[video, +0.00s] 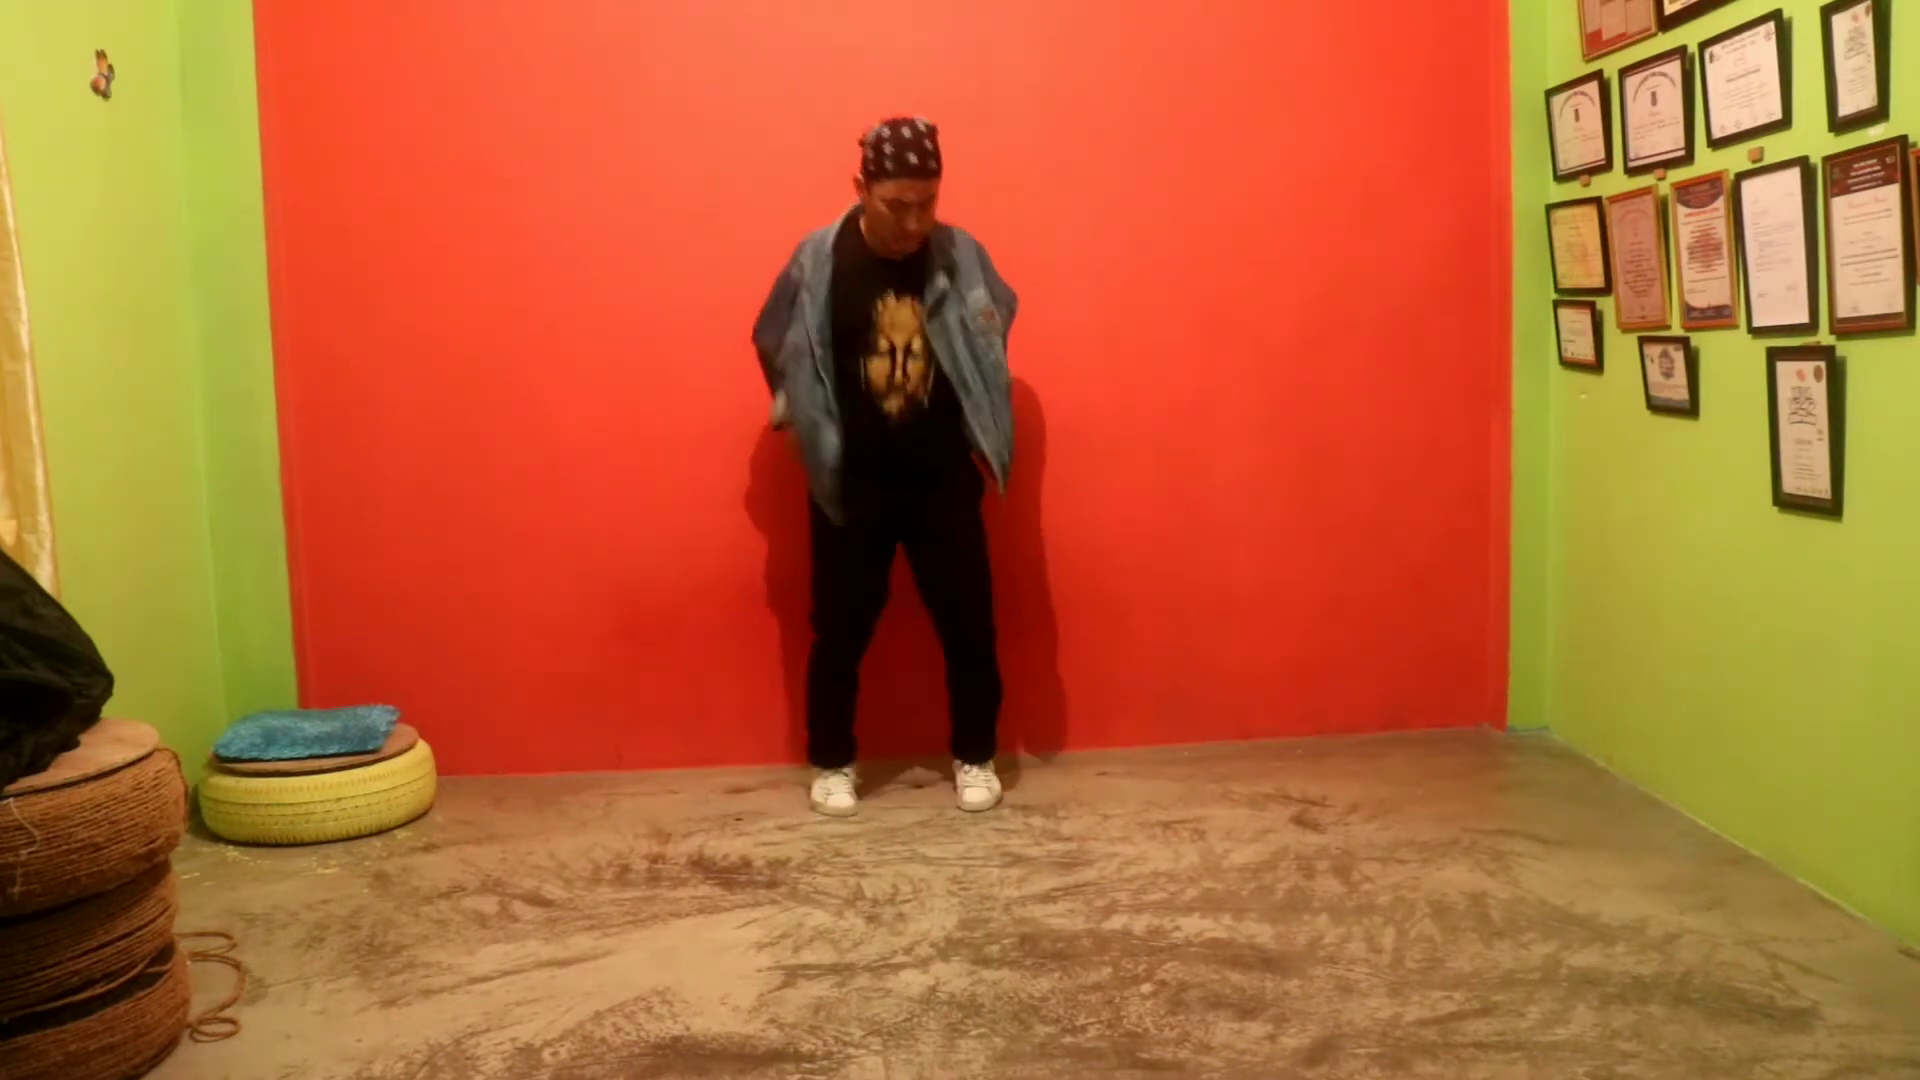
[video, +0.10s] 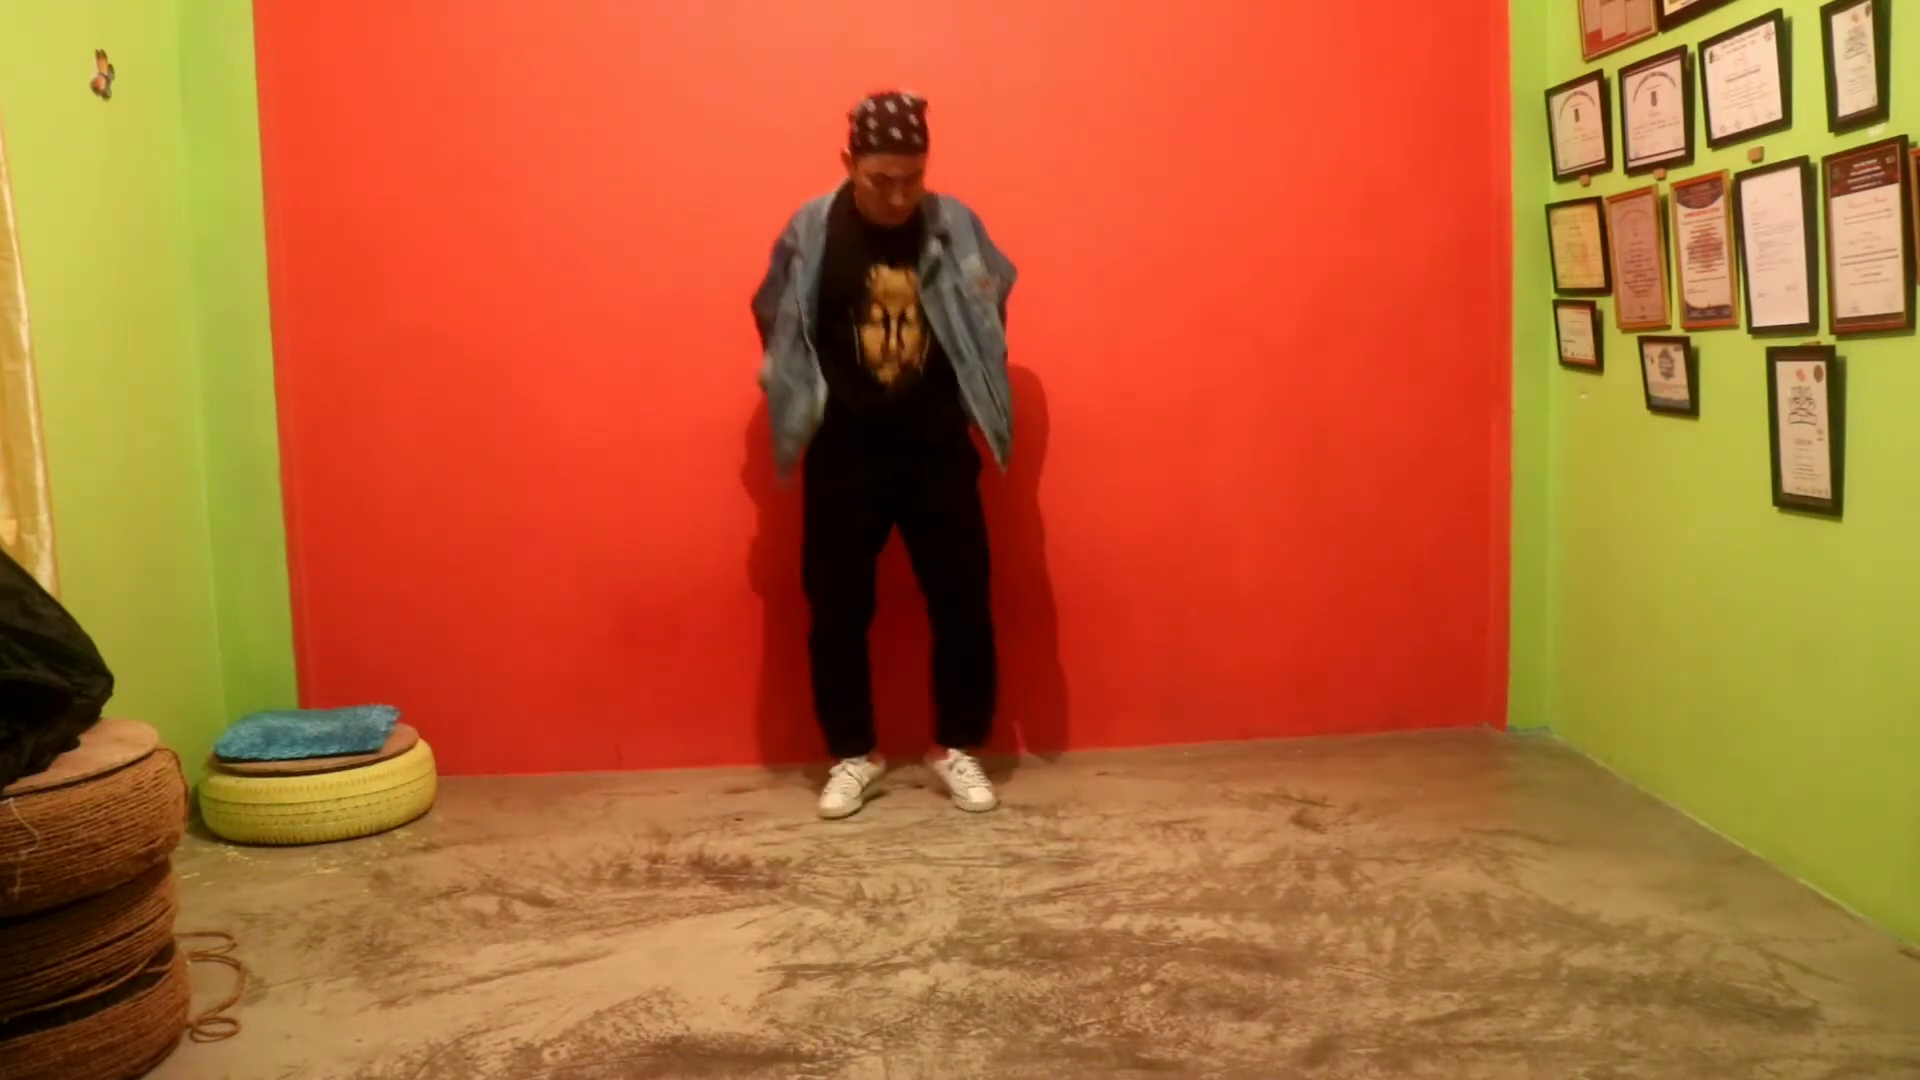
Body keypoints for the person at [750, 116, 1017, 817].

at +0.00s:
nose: (911, 220)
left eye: (922, 205)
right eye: (896, 205)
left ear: (938, 194)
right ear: (864, 191)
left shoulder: (960, 256)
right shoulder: (817, 258)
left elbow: (999, 314)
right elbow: (772, 338)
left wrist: (979, 413)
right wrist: (801, 411)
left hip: (943, 474)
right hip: (850, 477)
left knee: (967, 620)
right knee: (841, 626)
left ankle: (975, 759)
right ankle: (833, 765)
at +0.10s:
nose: (896, 195)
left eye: (908, 179)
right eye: (880, 180)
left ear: (927, 168)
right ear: (852, 166)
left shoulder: (954, 227)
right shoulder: (810, 230)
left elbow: (996, 288)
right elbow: (771, 311)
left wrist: (968, 377)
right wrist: (802, 391)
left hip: (936, 447)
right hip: (843, 450)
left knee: (961, 596)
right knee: (837, 603)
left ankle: (956, 750)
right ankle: (853, 756)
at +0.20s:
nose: (866, 189)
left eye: (879, 172)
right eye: (851, 174)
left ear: (900, 161)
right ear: (826, 165)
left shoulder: (949, 221)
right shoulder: (791, 235)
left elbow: (996, 309)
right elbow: (760, 318)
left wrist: (980, 338)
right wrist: (796, 374)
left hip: (936, 449)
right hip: (844, 453)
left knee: (933, 609)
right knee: (853, 610)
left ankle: (916, 758)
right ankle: (865, 763)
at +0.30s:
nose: (854, 194)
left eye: (867, 178)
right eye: (838, 180)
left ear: (890, 162)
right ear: (816, 170)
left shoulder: (942, 220)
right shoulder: (783, 239)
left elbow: (1001, 304)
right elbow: (750, 323)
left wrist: (992, 379)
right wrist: (770, 396)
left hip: (933, 450)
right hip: (840, 453)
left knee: (929, 609)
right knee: (850, 611)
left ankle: (921, 759)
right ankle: (864, 765)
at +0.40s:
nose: (855, 203)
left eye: (867, 188)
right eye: (841, 192)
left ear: (891, 167)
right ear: (820, 175)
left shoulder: (939, 210)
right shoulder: (793, 223)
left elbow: (980, 309)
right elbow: (759, 325)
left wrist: (977, 406)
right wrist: (768, 418)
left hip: (927, 449)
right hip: (836, 452)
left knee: (929, 608)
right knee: (850, 609)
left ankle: (920, 761)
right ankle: (865, 764)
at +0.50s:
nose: (870, 224)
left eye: (880, 211)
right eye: (855, 216)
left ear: (900, 184)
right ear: (830, 195)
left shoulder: (943, 218)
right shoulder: (795, 236)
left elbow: (963, 321)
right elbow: (784, 335)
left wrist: (961, 424)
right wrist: (814, 425)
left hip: (926, 459)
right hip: (840, 462)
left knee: (926, 614)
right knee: (850, 615)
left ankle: (917, 762)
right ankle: (865, 765)